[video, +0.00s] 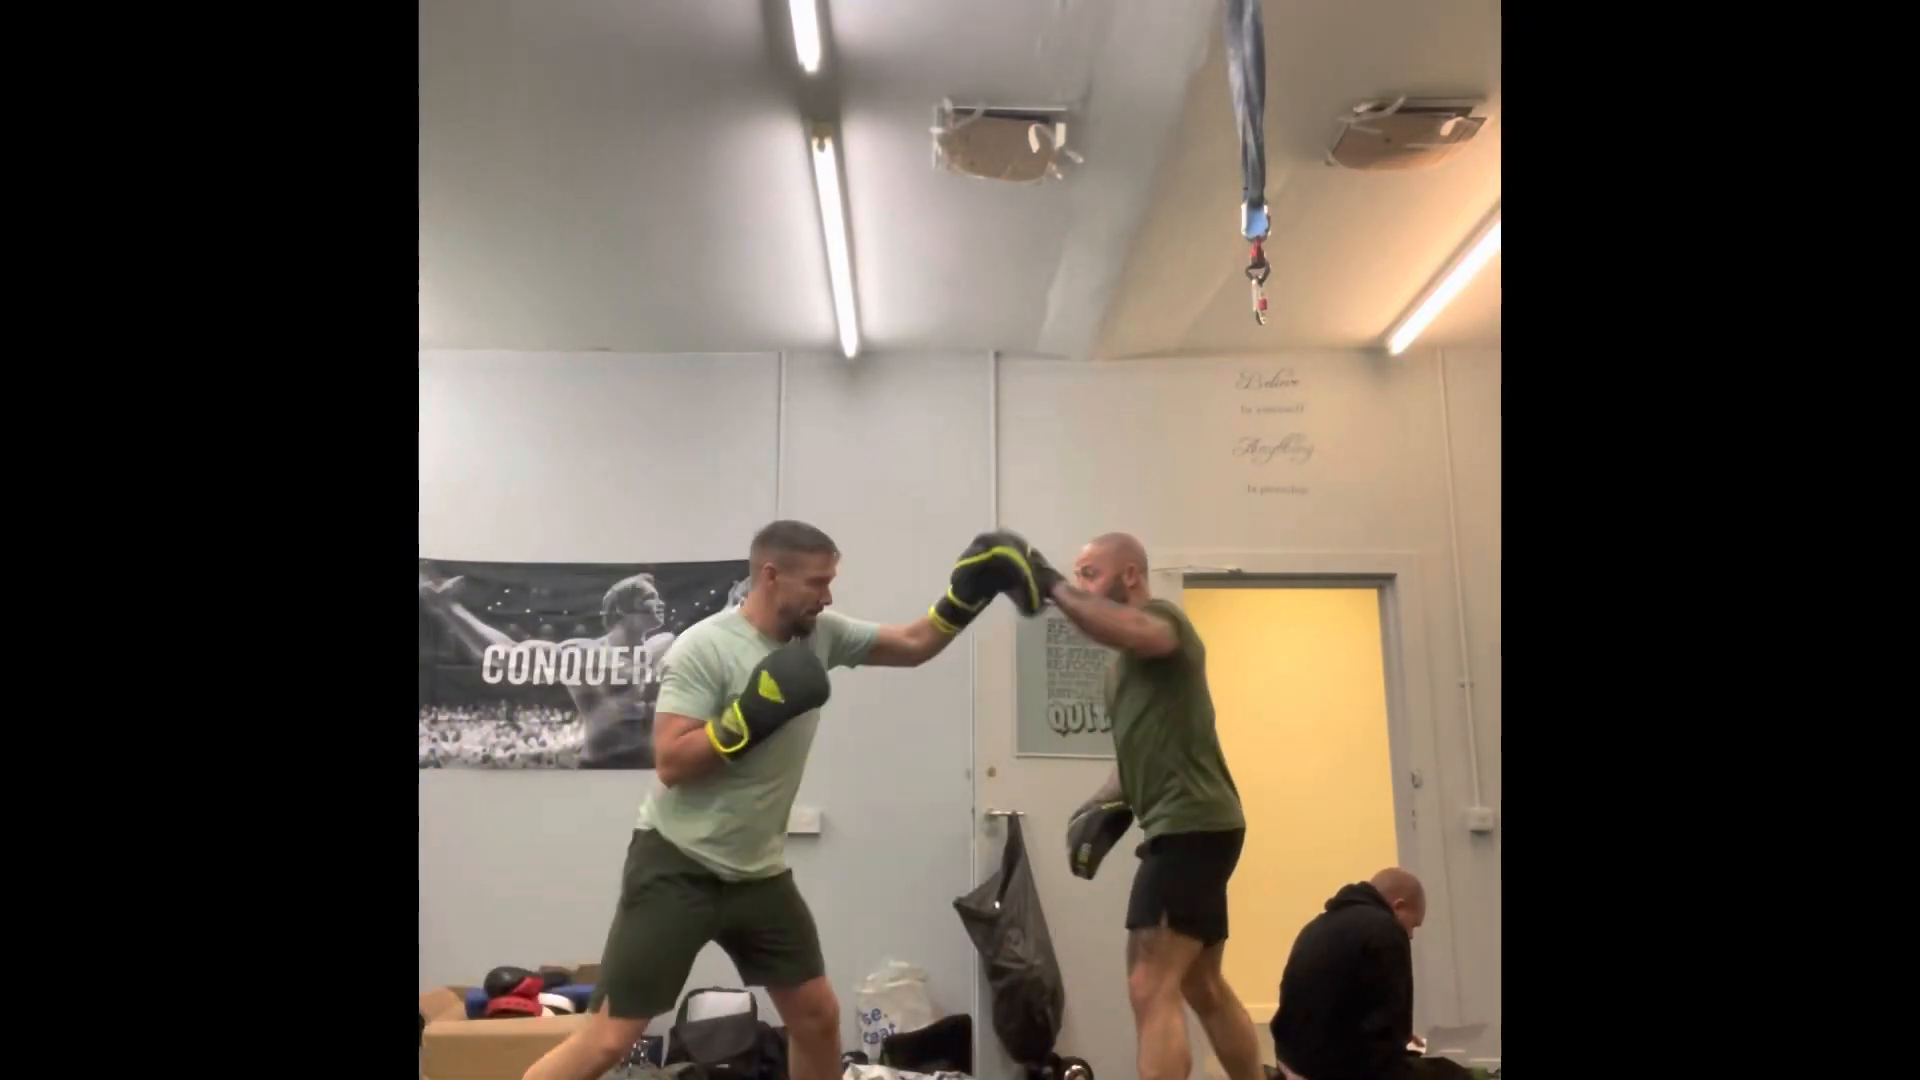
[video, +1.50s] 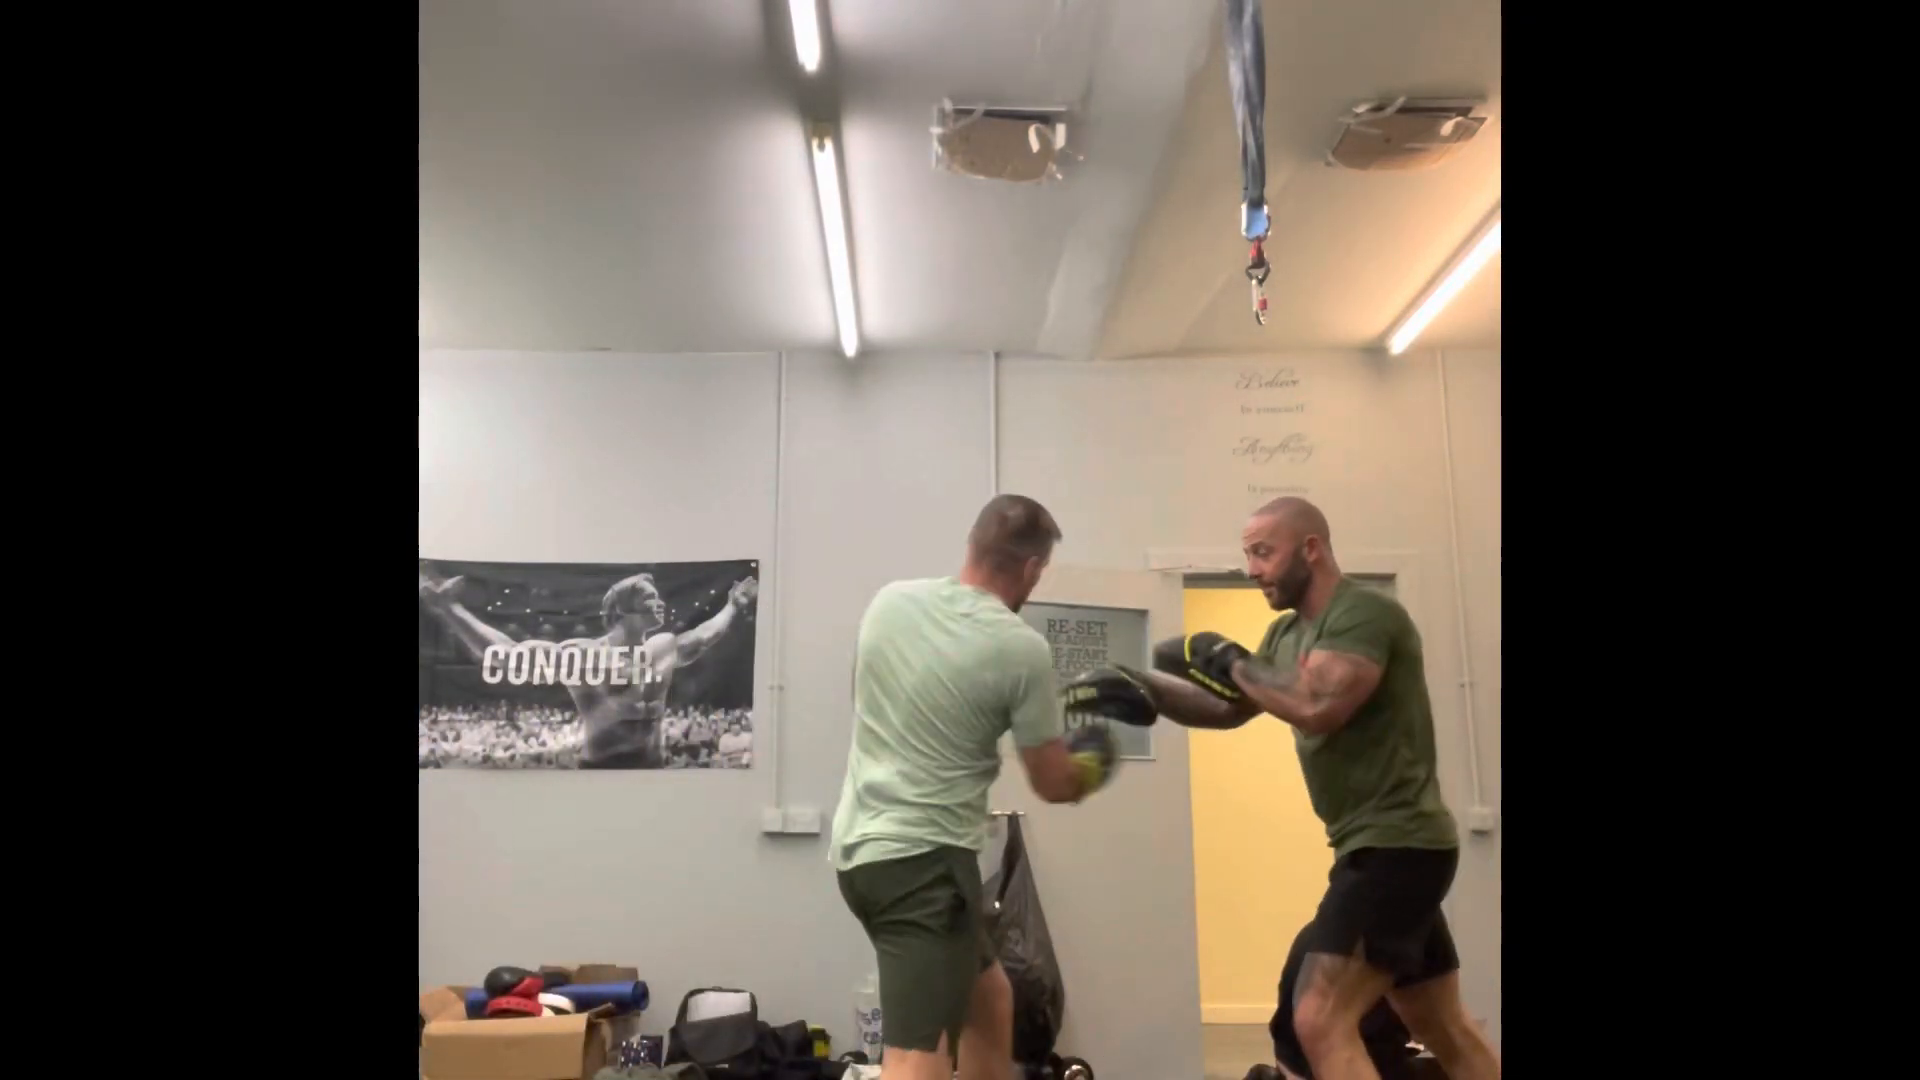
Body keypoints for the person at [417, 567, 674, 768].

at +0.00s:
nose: (661, 609)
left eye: (660, 602)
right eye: (650, 603)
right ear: (623, 612)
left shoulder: (659, 650)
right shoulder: (579, 653)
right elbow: (508, 653)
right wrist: (448, 608)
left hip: (653, 762)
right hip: (600, 763)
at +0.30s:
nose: (652, 617)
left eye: (652, 608)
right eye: (645, 609)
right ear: (622, 613)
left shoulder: (662, 651)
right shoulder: (582, 654)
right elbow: (508, 653)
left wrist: (445, 607)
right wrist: (447, 607)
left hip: (659, 764)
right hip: (608, 767)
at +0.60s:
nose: (656, 609)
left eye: (655, 602)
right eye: (647, 603)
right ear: (620, 612)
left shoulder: (665, 651)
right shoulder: (581, 655)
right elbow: (508, 653)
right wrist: (448, 607)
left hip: (657, 763)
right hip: (607, 764)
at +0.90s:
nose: (662, 611)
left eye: (660, 604)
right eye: (651, 605)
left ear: (650, 613)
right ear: (623, 613)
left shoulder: (665, 649)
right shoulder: (581, 655)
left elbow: (706, 636)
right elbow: (508, 653)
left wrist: (733, 605)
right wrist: (450, 609)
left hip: (652, 776)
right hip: (599, 776)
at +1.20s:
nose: (663, 609)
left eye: (661, 601)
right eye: (652, 602)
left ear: (650, 611)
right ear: (625, 612)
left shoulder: (665, 648)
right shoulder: (579, 655)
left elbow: (710, 633)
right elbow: (506, 652)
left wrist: (737, 604)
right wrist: (449, 608)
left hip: (651, 773)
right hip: (599, 775)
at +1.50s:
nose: (662, 607)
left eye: (660, 600)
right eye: (652, 601)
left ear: (650, 610)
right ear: (625, 612)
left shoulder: (665, 648)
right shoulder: (579, 655)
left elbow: (708, 634)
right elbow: (506, 653)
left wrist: (736, 605)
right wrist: (449, 608)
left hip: (652, 772)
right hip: (600, 774)